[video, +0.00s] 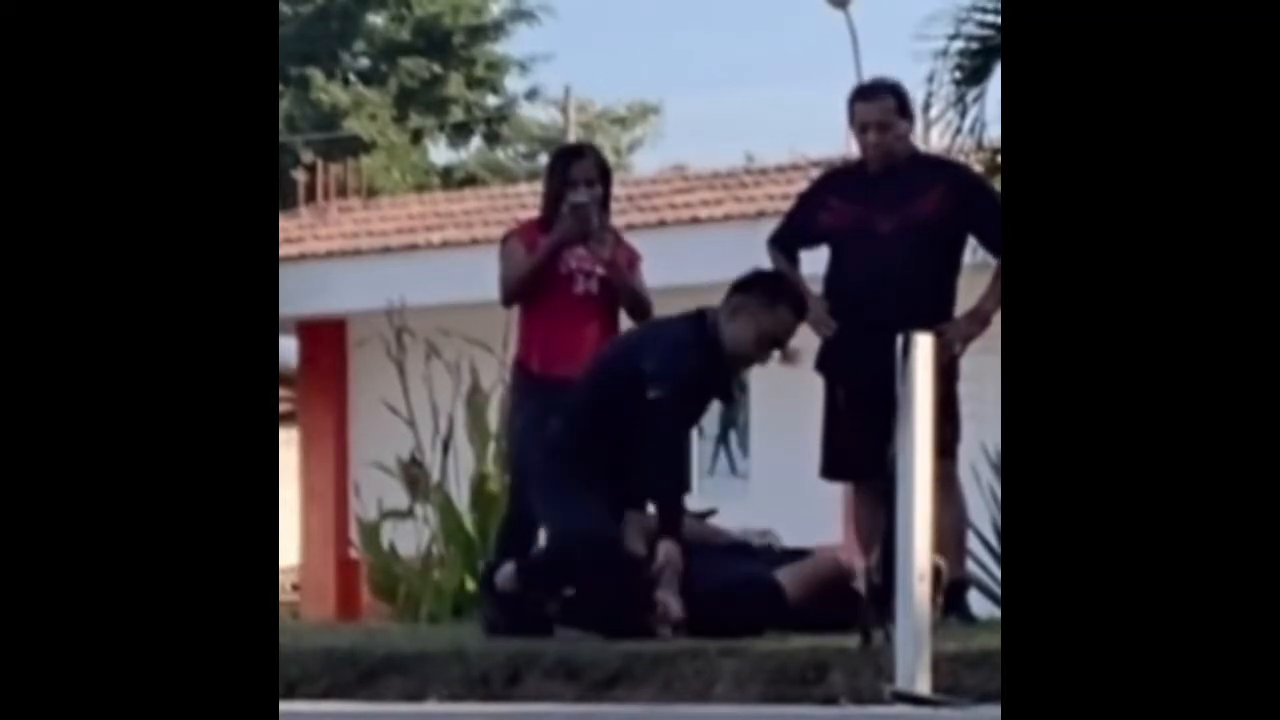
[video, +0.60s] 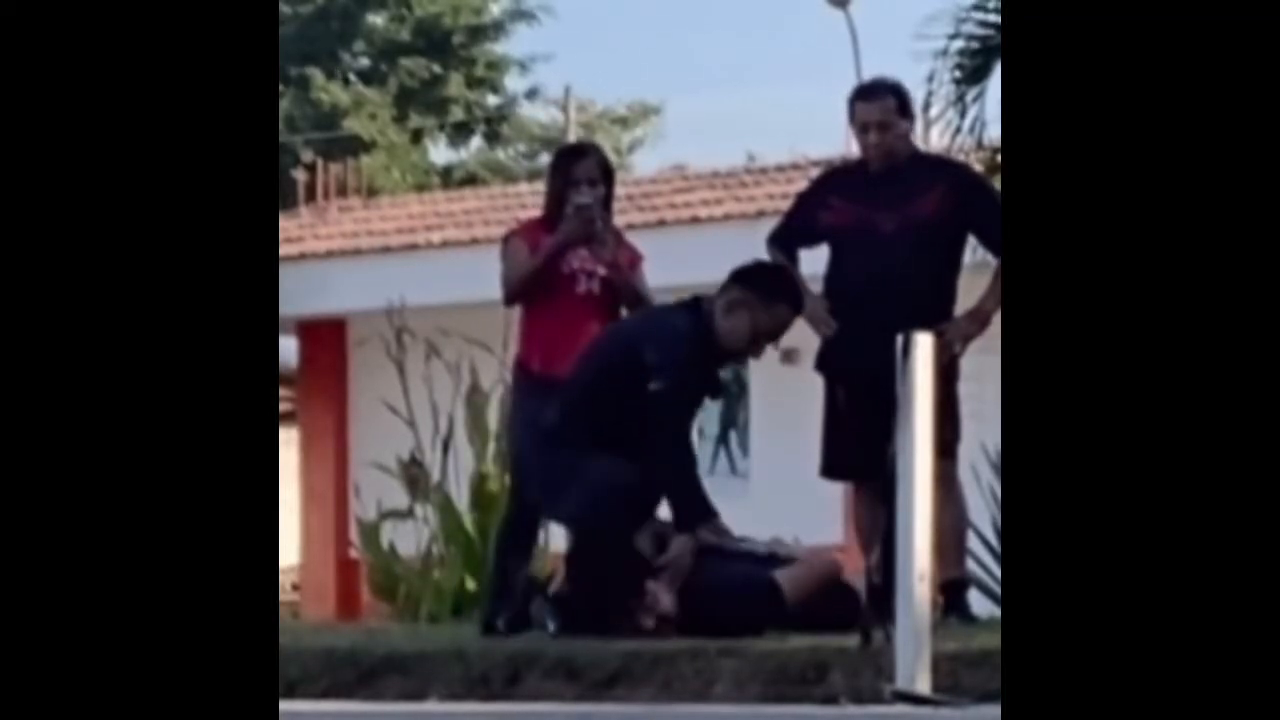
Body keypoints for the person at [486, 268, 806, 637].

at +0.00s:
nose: (767, 357)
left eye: (777, 347)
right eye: (769, 341)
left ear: (739, 312)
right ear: (738, 311)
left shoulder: (707, 357)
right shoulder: (678, 353)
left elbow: (666, 439)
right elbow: (663, 448)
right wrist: (669, 535)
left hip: (613, 471)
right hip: (569, 466)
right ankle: (521, 582)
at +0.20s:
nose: (761, 354)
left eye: (771, 344)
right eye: (764, 337)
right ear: (734, 308)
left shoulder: (699, 352)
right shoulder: (677, 347)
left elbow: (666, 450)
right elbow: (666, 451)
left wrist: (690, 524)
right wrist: (696, 520)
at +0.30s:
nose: (758, 350)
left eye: (767, 340)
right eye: (761, 334)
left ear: (732, 306)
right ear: (733, 307)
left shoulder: (688, 340)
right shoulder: (675, 343)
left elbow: (671, 448)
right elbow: (670, 450)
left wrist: (694, 526)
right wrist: (702, 525)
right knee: (599, 615)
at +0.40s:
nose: (755, 347)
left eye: (763, 337)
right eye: (757, 331)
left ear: (729, 301)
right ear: (730, 301)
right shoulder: (671, 333)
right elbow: (678, 443)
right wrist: (706, 524)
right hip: (558, 460)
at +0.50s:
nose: (755, 347)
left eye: (764, 337)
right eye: (758, 331)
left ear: (730, 302)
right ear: (731, 303)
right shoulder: (671, 332)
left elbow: (675, 440)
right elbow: (677, 442)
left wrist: (700, 521)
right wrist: (707, 525)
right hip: (558, 460)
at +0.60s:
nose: (759, 352)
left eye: (768, 342)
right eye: (760, 335)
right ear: (732, 306)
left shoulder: (694, 346)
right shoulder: (676, 344)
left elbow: (670, 445)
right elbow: (668, 445)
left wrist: (688, 528)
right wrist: (700, 521)